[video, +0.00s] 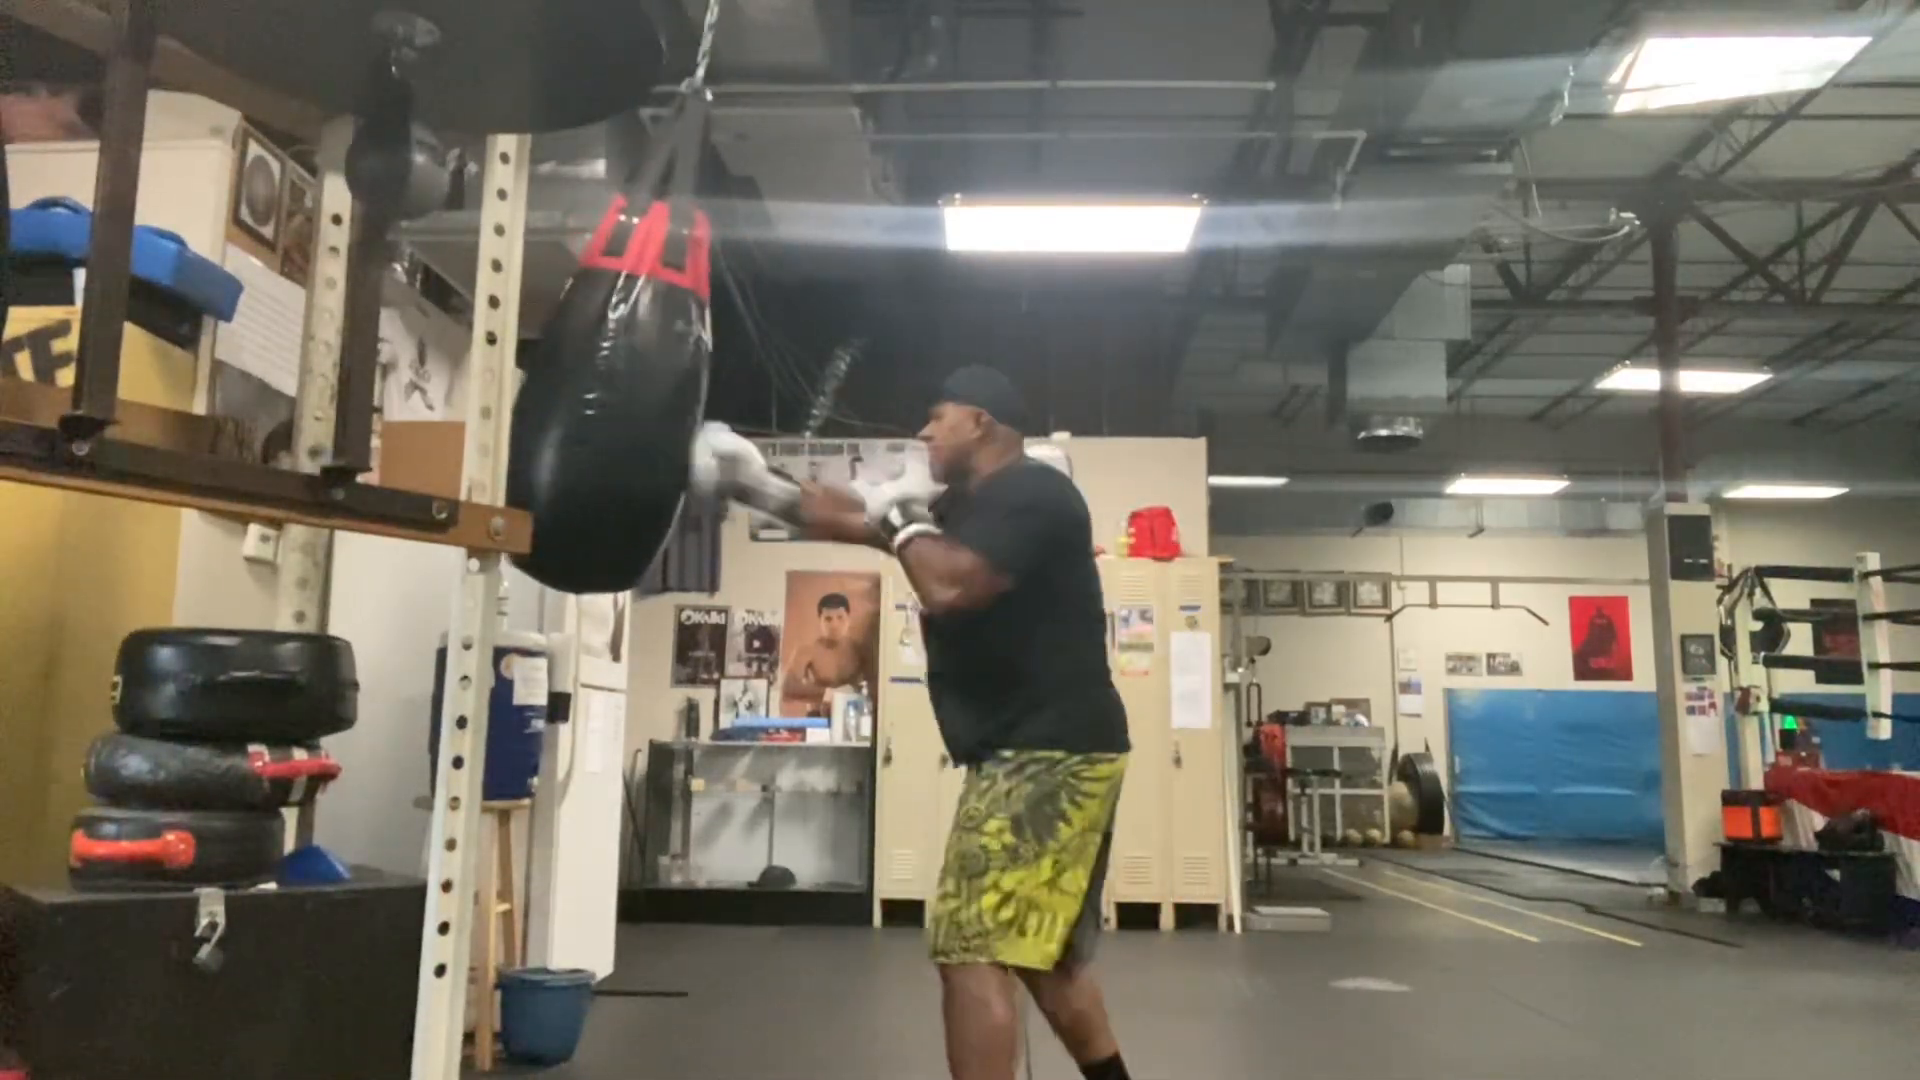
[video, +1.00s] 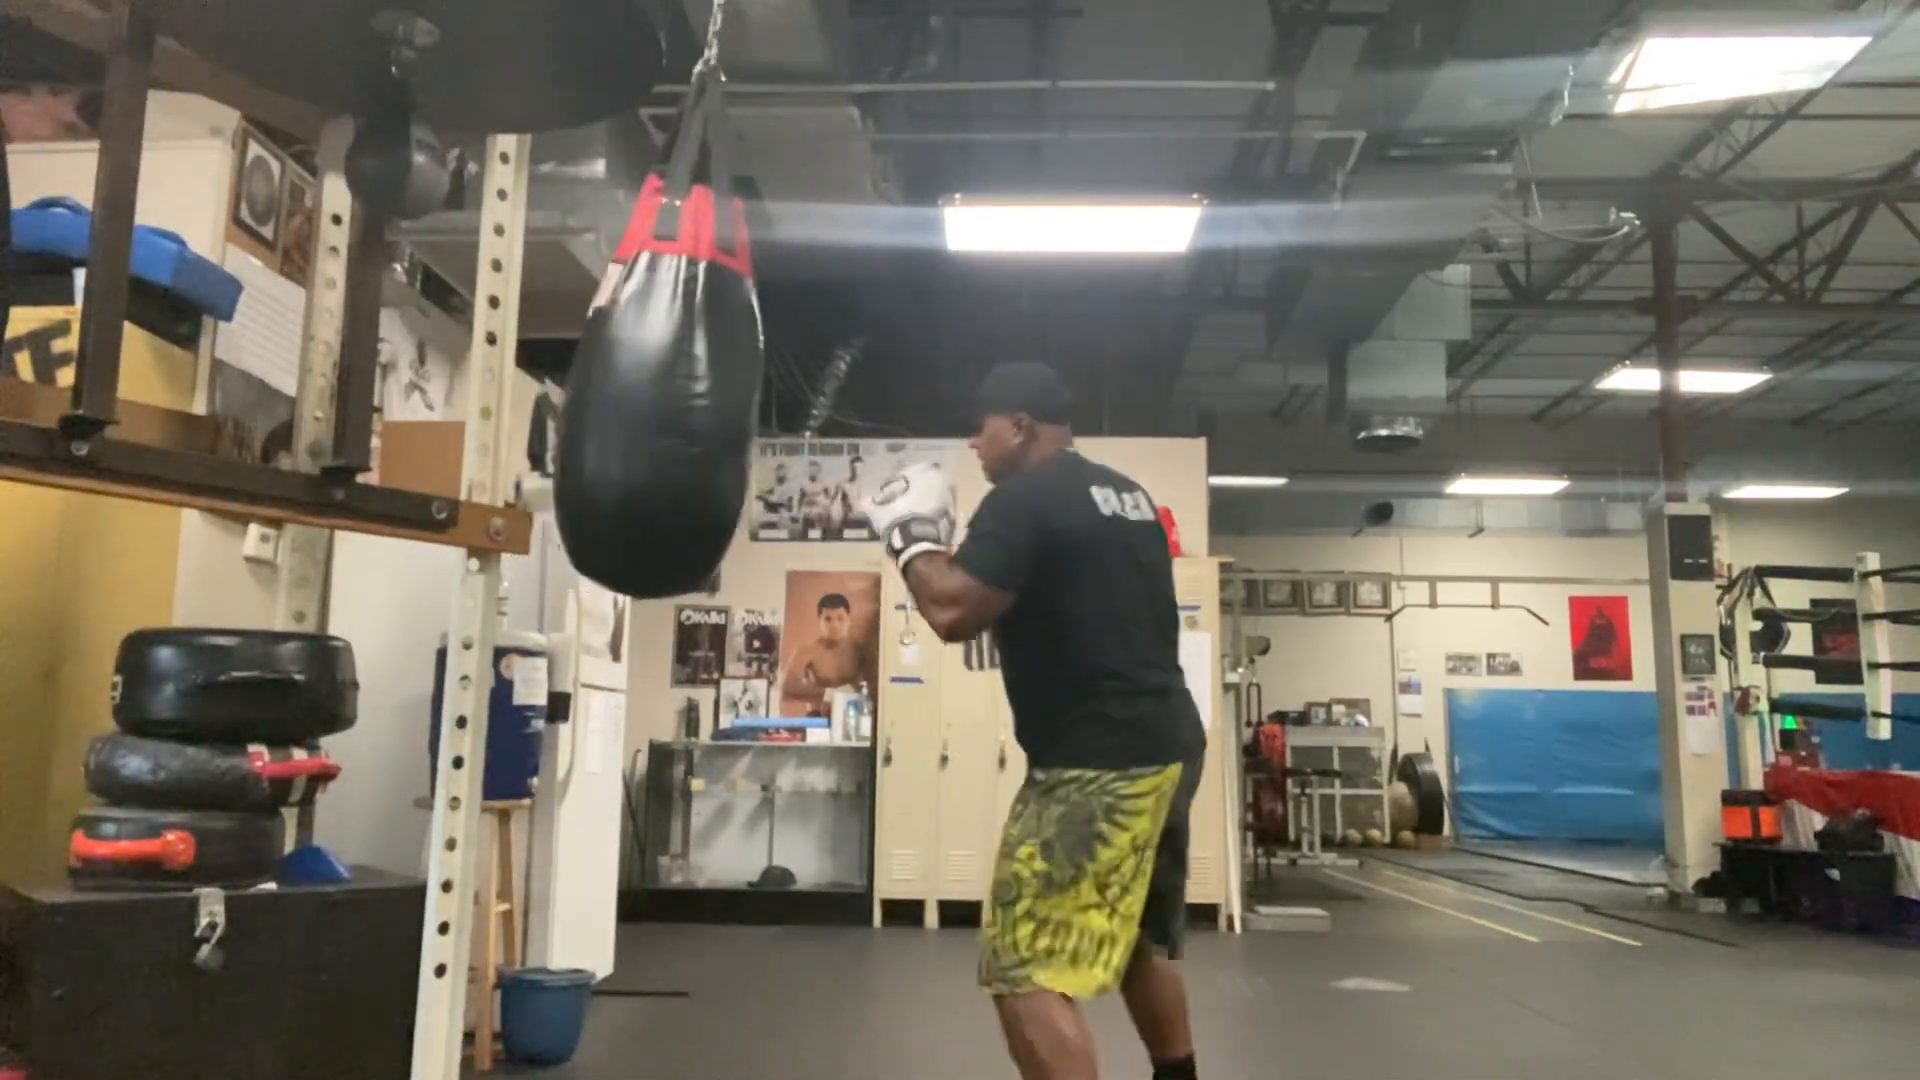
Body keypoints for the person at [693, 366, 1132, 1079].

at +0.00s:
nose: (926, 435)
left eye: (938, 419)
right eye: (929, 421)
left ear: (980, 422)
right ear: (979, 426)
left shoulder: (1033, 493)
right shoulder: (973, 504)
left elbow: (950, 584)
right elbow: (868, 519)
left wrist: (905, 518)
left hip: (1048, 752)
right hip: (1035, 750)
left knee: (967, 942)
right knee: (1050, 956)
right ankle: (1110, 1073)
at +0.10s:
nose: (942, 423)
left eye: (954, 407)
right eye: (946, 409)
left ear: (997, 416)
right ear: (1002, 420)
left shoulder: (1043, 489)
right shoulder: (1010, 500)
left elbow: (949, 568)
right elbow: (928, 590)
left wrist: (886, 505)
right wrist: (839, 562)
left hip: (1046, 748)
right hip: (1051, 747)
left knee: (975, 943)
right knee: (1044, 942)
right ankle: (1116, 1076)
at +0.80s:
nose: (965, 425)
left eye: (977, 409)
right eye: (968, 410)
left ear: (1024, 411)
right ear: (1026, 414)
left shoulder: (1068, 488)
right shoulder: (1043, 487)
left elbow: (1020, 605)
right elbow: (1006, 589)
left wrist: (944, 527)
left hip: (1097, 746)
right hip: (1107, 743)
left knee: (1041, 949)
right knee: (1108, 942)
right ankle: (1164, 1070)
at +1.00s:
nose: (975, 443)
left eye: (983, 427)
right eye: (976, 428)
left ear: (1023, 426)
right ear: (1053, 427)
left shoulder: (1025, 501)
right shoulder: (1127, 495)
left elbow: (952, 611)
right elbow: (1077, 614)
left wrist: (910, 540)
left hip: (1095, 754)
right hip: (1166, 743)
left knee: (1020, 970)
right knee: (1142, 946)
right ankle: (1177, 1073)